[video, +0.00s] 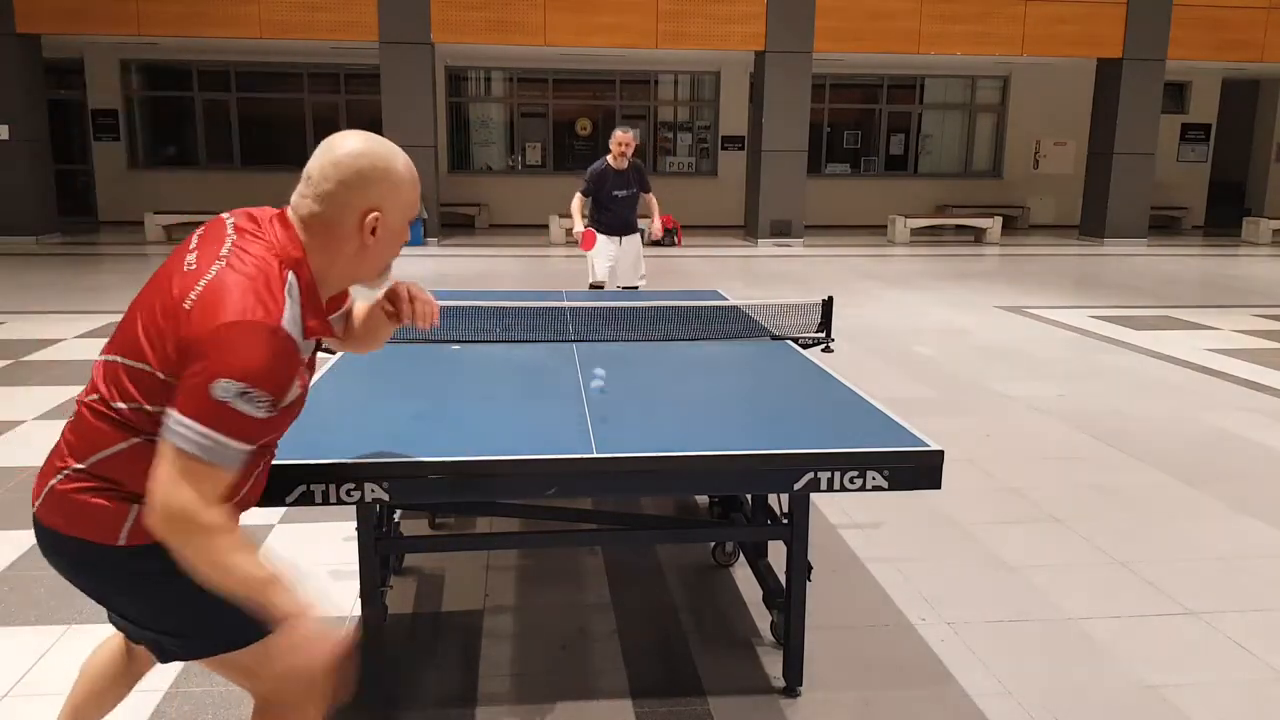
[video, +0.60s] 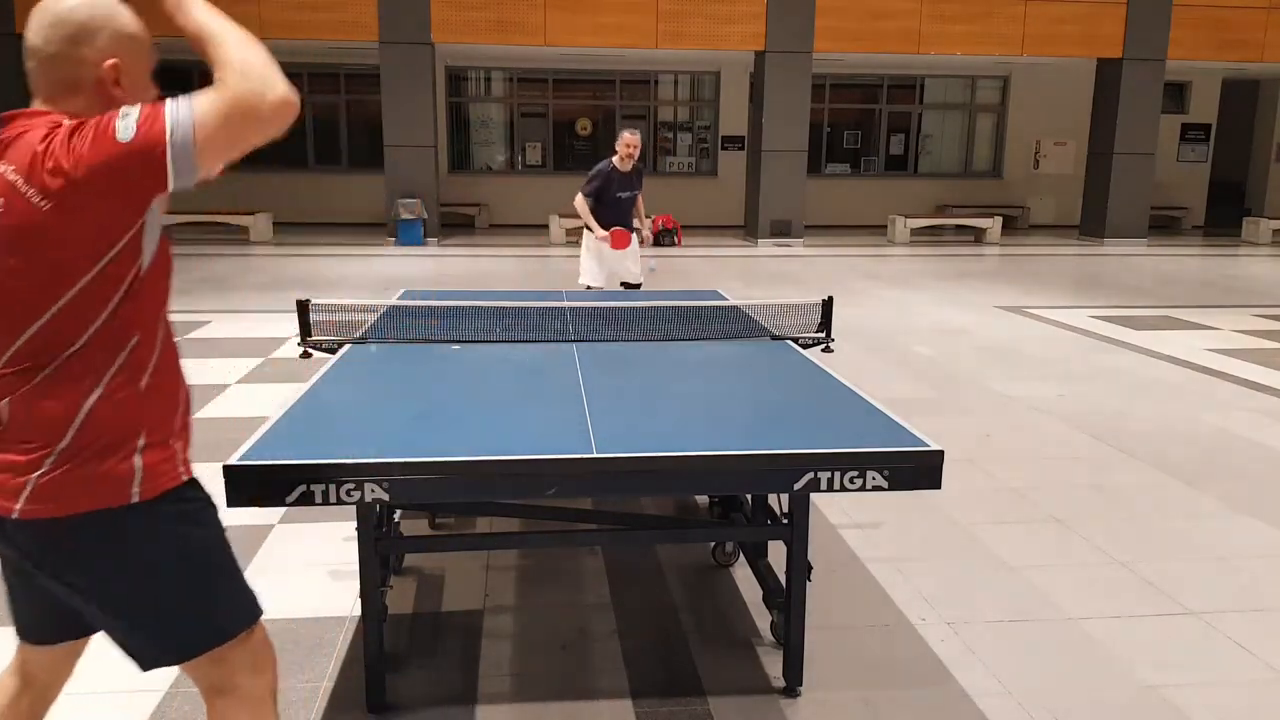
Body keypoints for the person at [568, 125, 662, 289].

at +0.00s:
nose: (623, 150)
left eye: (627, 145)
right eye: (619, 145)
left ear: (634, 146)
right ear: (610, 145)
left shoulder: (636, 168)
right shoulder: (598, 170)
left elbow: (649, 197)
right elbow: (578, 200)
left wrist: (656, 221)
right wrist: (578, 225)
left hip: (630, 237)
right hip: (601, 238)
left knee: (631, 287)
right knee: (598, 283)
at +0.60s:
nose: (631, 151)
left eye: (635, 147)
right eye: (627, 146)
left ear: (640, 149)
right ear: (617, 146)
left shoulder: (636, 171)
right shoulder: (603, 170)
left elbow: (637, 197)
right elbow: (579, 200)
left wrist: (644, 227)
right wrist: (597, 230)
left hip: (627, 238)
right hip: (599, 237)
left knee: (634, 284)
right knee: (594, 288)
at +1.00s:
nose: (650, 180)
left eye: (655, 176)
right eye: (648, 174)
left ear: (658, 174)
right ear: (636, 164)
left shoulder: (641, 183)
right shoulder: (619, 187)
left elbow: (642, 211)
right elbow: (626, 230)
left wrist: (656, 232)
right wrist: (648, 220)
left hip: (628, 238)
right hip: (606, 238)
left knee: (636, 284)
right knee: (626, 284)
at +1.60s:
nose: (632, 153)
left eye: (636, 149)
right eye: (628, 148)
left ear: (641, 149)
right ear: (618, 145)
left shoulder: (641, 167)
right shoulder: (605, 171)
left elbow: (656, 190)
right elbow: (583, 192)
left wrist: (686, 207)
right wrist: (574, 207)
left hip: (638, 235)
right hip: (612, 236)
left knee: (639, 288)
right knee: (619, 287)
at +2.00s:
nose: (629, 141)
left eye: (633, 137)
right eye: (625, 137)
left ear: (639, 139)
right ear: (617, 138)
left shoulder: (642, 164)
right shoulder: (604, 164)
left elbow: (652, 194)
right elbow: (585, 194)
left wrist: (648, 215)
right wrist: (588, 219)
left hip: (635, 232)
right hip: (607, 232)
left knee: (631, 283)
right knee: (604, 282)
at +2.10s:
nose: (628, 141)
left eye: (632, 137)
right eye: (624, 137)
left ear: (638, 140)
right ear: (615, 138)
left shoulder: (642, 165)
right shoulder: (601, 165)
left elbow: (647, 193)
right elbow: (585, 196)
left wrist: (645, 216)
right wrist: (588, 225)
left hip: (632, 233)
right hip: (605, 233)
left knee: (634, 283)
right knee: (600, 284)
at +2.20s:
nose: (628, 146)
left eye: (632, 142)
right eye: (624, 141)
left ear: (637, 145)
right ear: (615, 143)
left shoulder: (638, 169)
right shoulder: (601, 170)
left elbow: (643, 198)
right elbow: (585, 203)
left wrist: (646, 224)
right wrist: (589, 234)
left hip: (630, 236)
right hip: (602, 238)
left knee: (643, 279)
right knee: (597, 286)